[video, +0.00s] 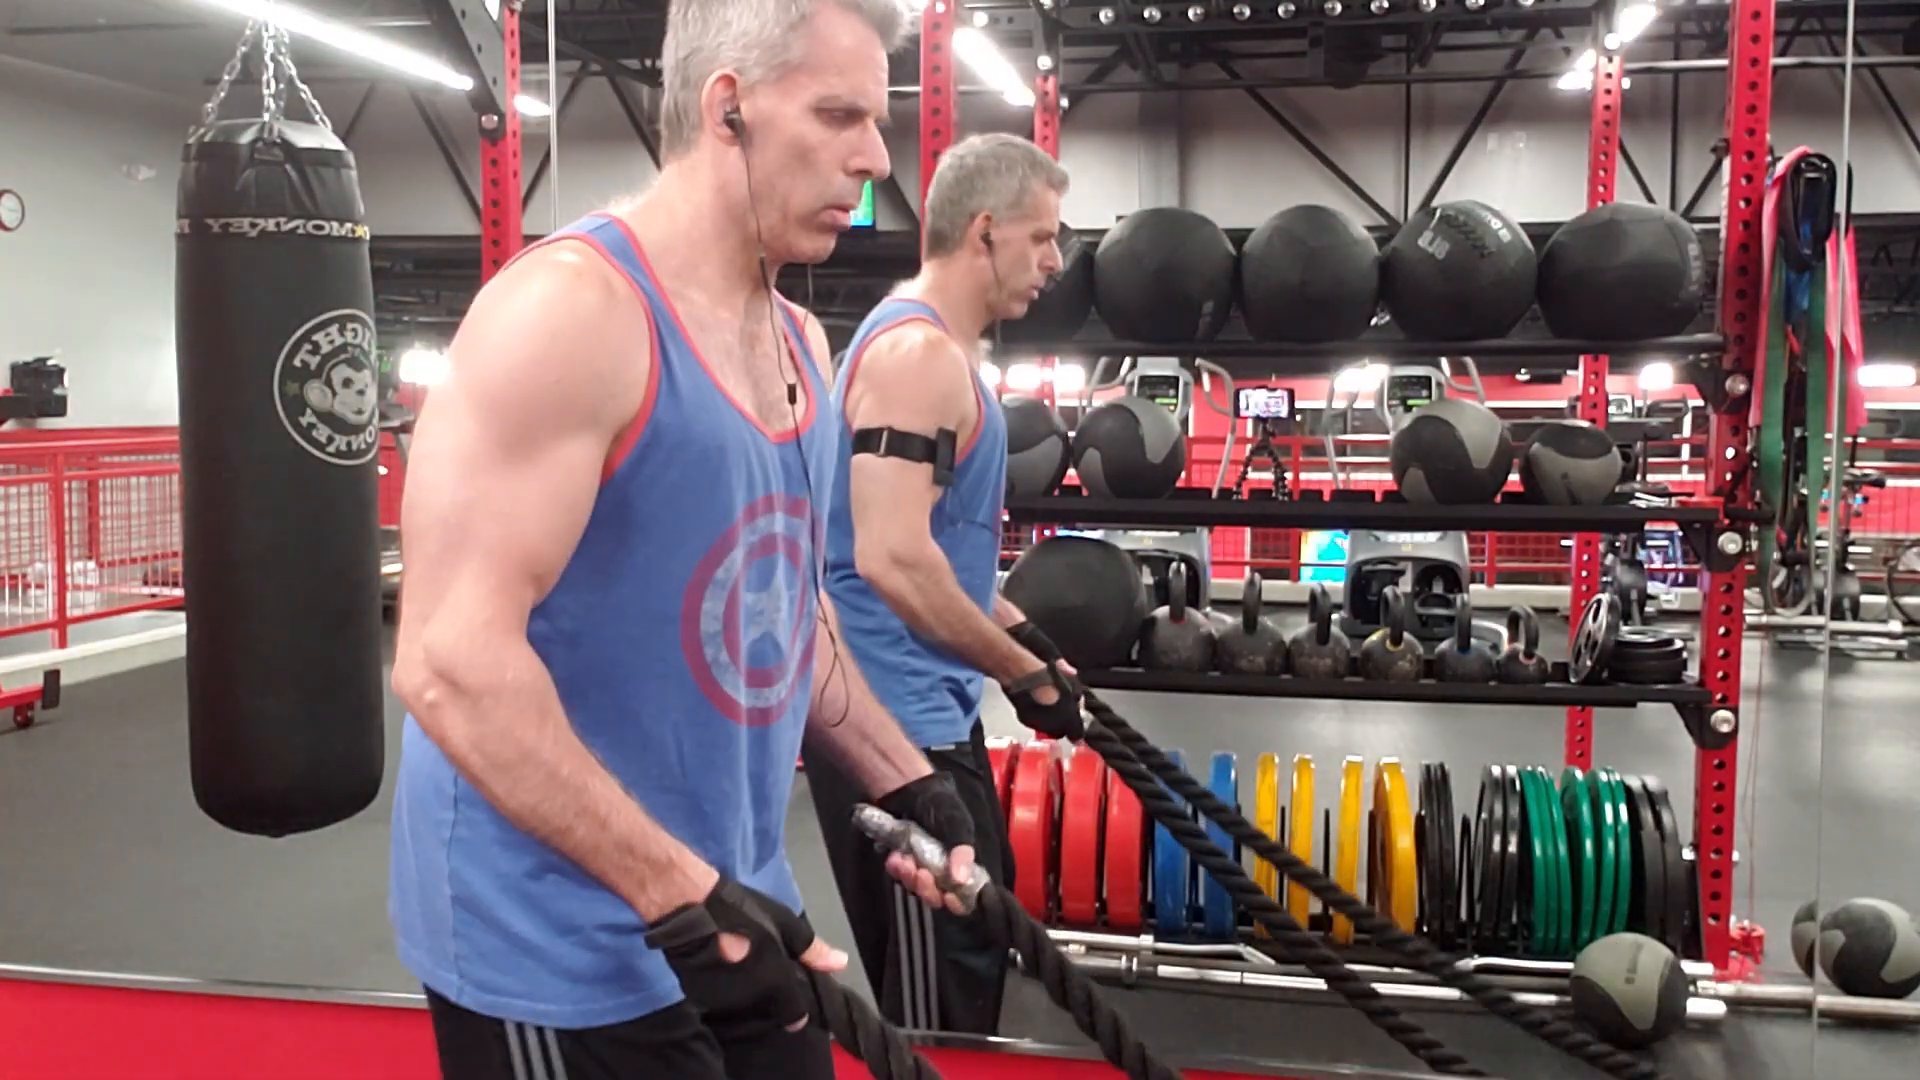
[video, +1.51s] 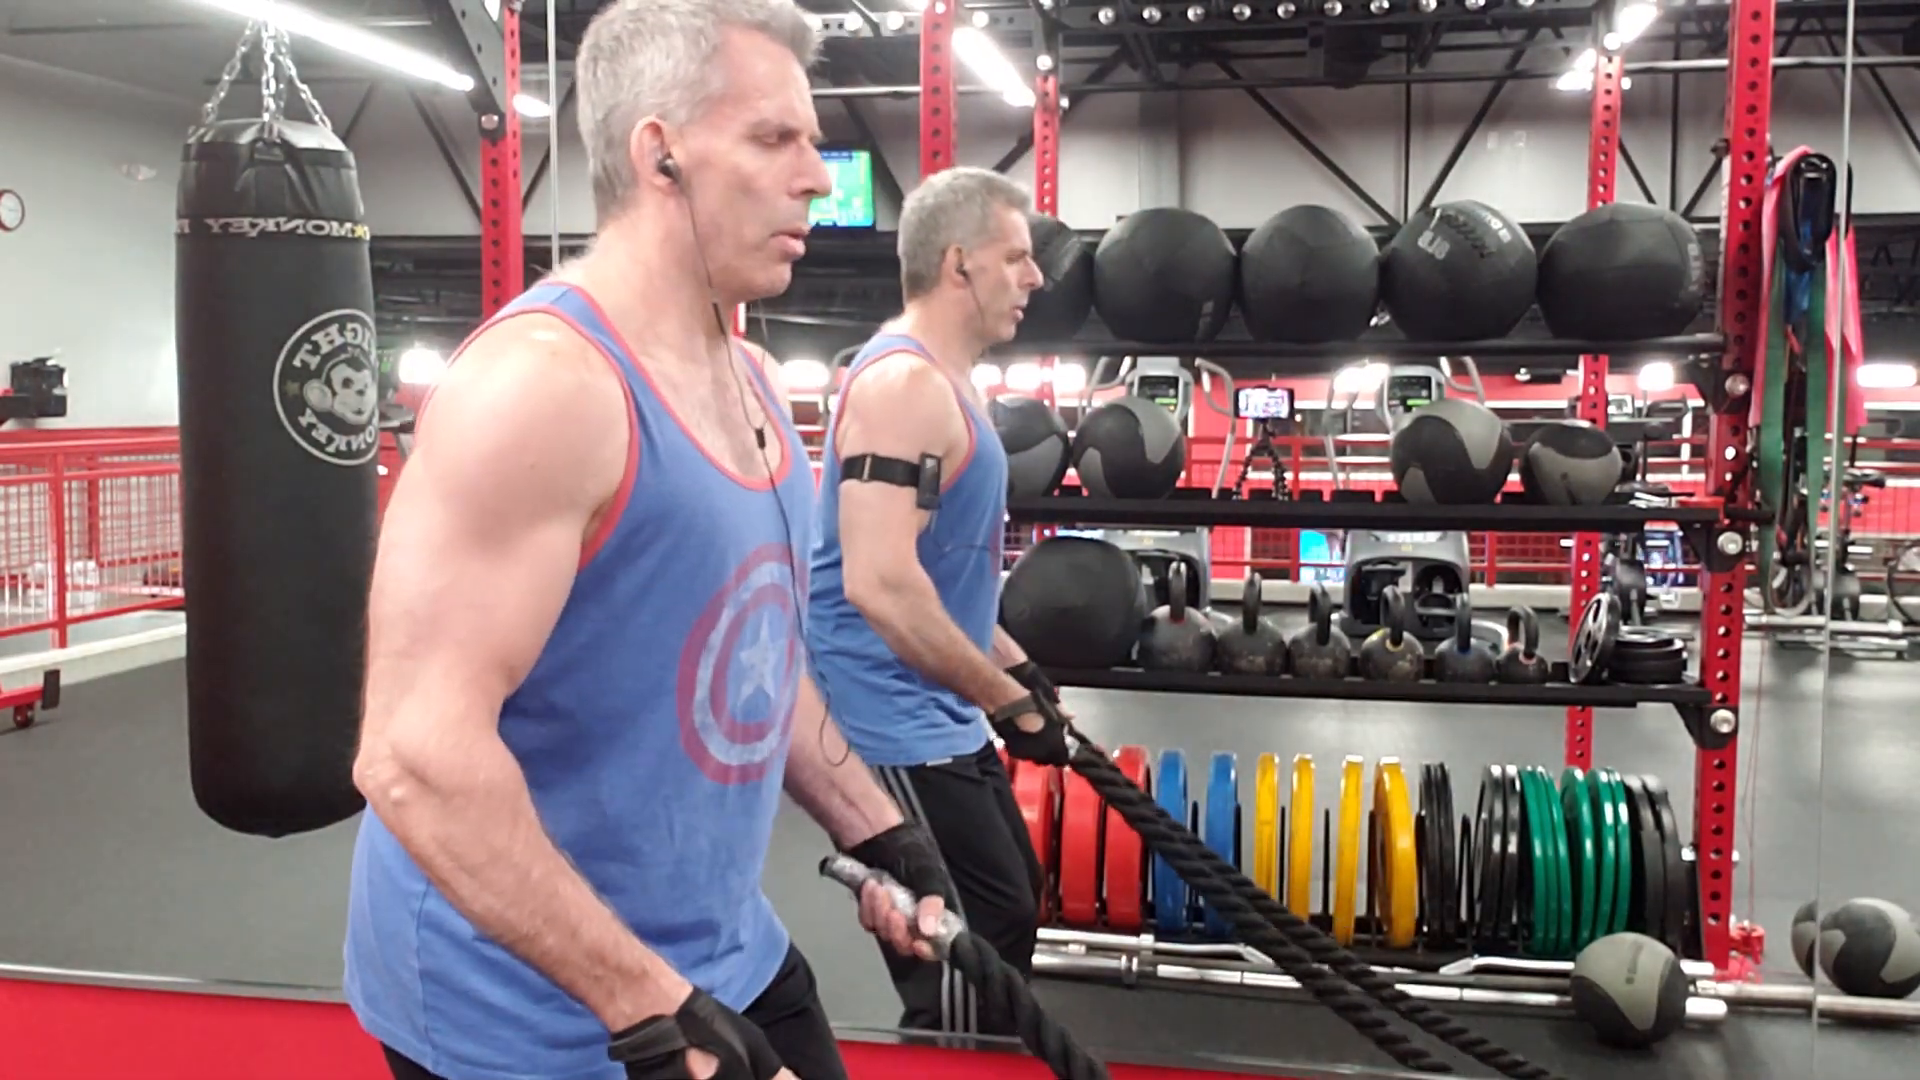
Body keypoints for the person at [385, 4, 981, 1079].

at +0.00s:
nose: (875, 160)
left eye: (877, 124)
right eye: (843, 116)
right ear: (728, 108)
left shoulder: (797, 341)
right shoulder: (560, 310)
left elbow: (784, 603)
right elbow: (451, 657)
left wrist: (909, 790)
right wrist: (679, 893)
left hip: (743, 924)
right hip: (560, 960)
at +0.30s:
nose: (855, 143)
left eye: (851, 107)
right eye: (817, 102)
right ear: (698, 105)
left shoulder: (769, 339)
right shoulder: (541, 327)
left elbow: (752, 620)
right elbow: (442, 698)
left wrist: (886, 799)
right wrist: (701, 941)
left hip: (733, 917)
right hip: (535, 979)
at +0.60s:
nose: (871, 163)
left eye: (867, 126)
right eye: (833, 121)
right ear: (716, 128)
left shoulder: (795, 358)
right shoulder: (563, 354)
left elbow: (781, 629)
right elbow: (446, 713)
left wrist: (899, 808)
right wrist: (673, 962)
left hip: (738, 930)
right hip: (548, 992)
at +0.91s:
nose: (885, 185)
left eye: (879, 150)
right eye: (844, 144)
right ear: (728, 154)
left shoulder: (802, 380)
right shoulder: (572, 366)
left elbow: (775, 640)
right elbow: (444, 726)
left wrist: (898, 839)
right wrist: (663, 985)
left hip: (722, 926)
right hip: (530, 978)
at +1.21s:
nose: (826, 185)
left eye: (823, 148)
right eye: (785, 142)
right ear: (665, 147)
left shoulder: (757, 373)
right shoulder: (539, 376)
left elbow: (756, 653)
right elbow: (414, 751)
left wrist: (882, 842)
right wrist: (644, 1012)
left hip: (713, 945)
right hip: (515, 1003)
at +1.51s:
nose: (817, 180)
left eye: (811, 144)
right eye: (776, 139)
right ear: (657, 151)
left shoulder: (744, 375)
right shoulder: (536, 384)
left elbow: (755, 656)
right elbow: (417, 754)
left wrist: (884, 843)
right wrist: (647, 1005)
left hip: (731, 952)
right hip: (529, 1012)